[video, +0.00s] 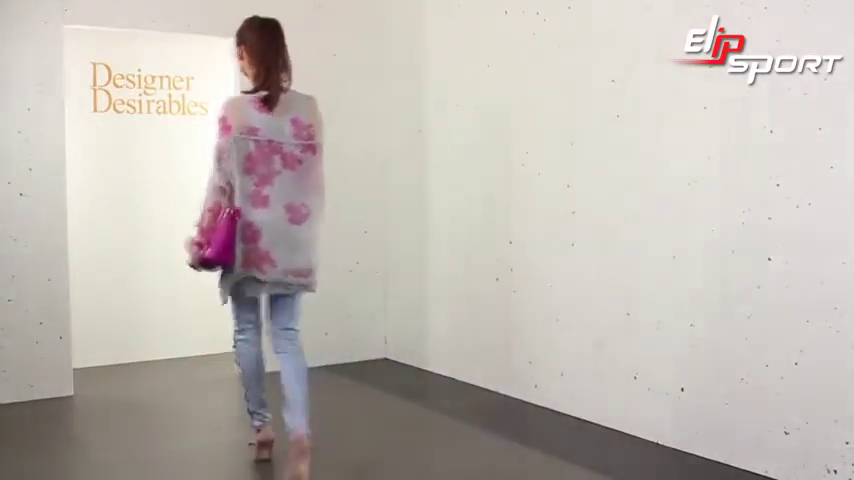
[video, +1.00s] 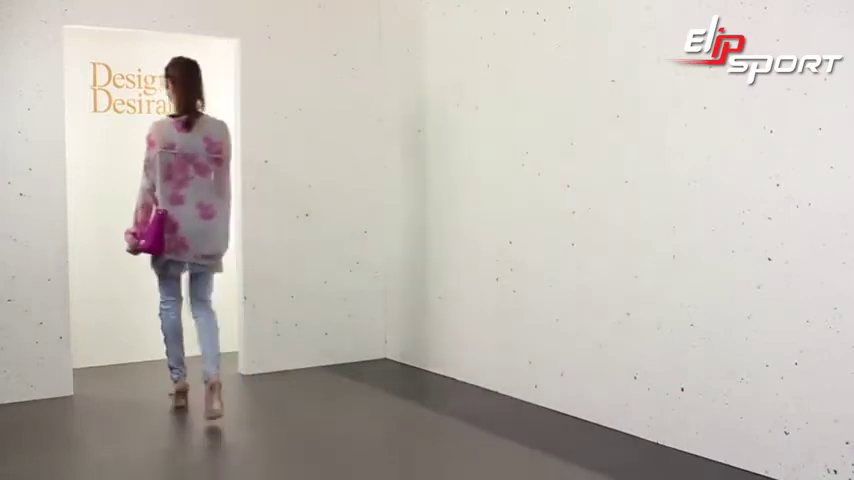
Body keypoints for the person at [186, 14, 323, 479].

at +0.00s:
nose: (238, 59)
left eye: (238, 52)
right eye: (240, 51)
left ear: (246, 55)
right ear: (281, 52)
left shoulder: (235, 111)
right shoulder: (307, 108)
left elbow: (222, 183)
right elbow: (315, 180)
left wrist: (201, 241)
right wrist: (304, 223)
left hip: (247, 237)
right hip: (297, 238)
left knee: (246, 331)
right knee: (288, 332)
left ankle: (262, 425)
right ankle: (300, 429)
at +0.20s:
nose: (223, 58)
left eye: (225, 52)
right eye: (225, 51)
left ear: (231, 55)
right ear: (263, 53)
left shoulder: (216, 106)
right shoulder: (288, 108)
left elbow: (204, 175)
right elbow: (297, 180)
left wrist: (190, 230)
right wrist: (303, 238)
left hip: (233, 228)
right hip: (280, 228)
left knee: (244, 323)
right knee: (263, 313)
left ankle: (263, 422)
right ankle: (260, 406)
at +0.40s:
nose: (208, 76)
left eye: (209, 70)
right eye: (211, 68)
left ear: (213, 73)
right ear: (246, 71)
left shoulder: (198, 121)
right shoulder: (265, 122)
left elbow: (187, 185)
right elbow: (277, 190)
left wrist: (176, 239)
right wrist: (285, 247)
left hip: (215, 238)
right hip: (258, 237)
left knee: (236, 324)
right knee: (241, 324)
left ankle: (259, 417)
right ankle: (221, 401)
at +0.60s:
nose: (192, 75)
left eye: (193, 69)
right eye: (194, 69)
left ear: (197, 73)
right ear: (227, 73)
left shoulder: (182, 121)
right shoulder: (247, 123)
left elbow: (171, 182)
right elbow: (256, 188)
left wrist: (157, 229)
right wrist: (260, 240)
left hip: (199, 232)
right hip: (241, 233)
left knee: (204, 309)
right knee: (232, 311)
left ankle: (216, 388)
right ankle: (222, 400)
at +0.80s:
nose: (178, 83)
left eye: (179, 78)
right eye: (180, 77)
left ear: (184, 81)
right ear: (213, 79)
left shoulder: (172, 127)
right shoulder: (233, 127)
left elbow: (160, 183)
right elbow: (240, 188)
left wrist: (148, 230)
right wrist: (239, 236)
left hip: (182, 231)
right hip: (224, 233)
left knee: (182, 306)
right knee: (225, 310)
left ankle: (182, 379)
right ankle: (219, 396)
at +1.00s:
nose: (165, 89)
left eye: (166, 83)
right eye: (167, 82)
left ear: (171, 86)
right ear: (198, 84)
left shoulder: (160, 130)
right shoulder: (219, 130)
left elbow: (149, 187)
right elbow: (224, 188)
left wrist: (137, 231)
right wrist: (223, 233)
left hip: (169, 233)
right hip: (210, 234)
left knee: (169, 304)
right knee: (202, 302)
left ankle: (179, 382)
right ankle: (213, 376)